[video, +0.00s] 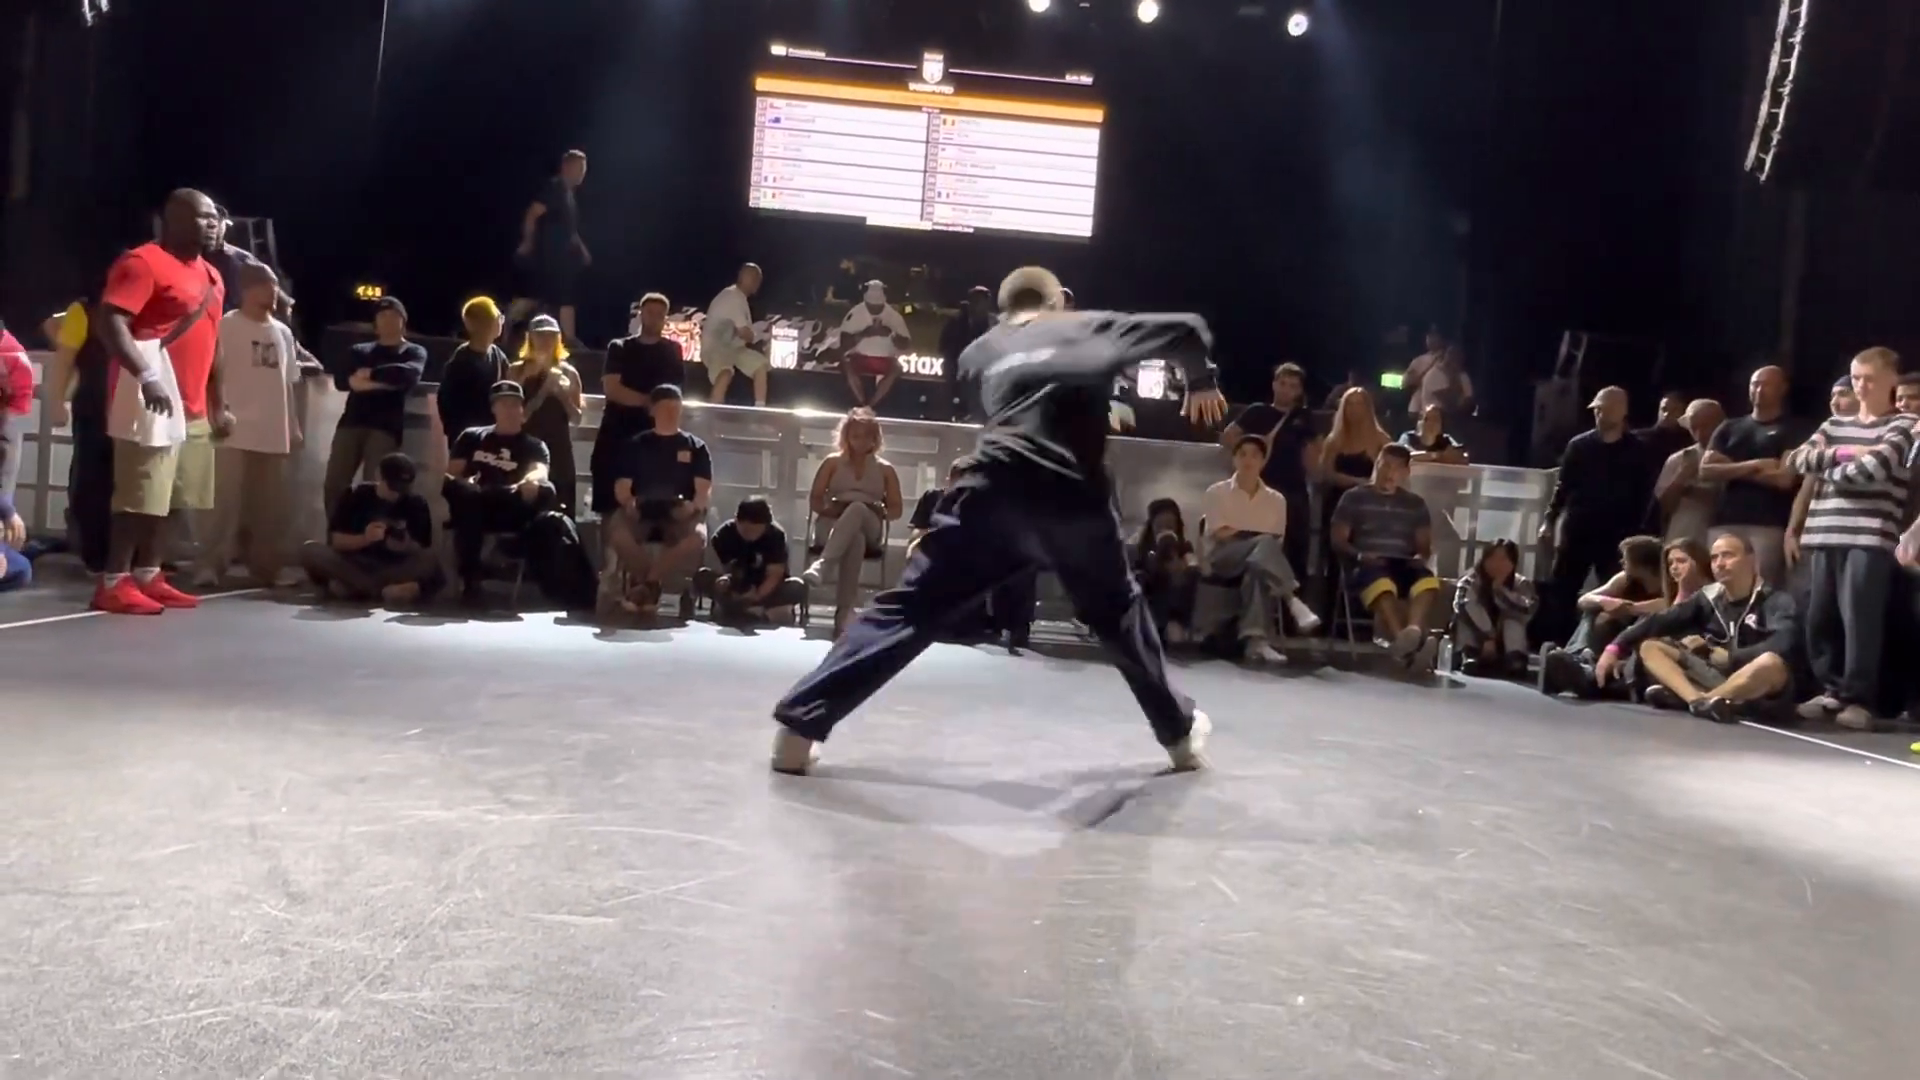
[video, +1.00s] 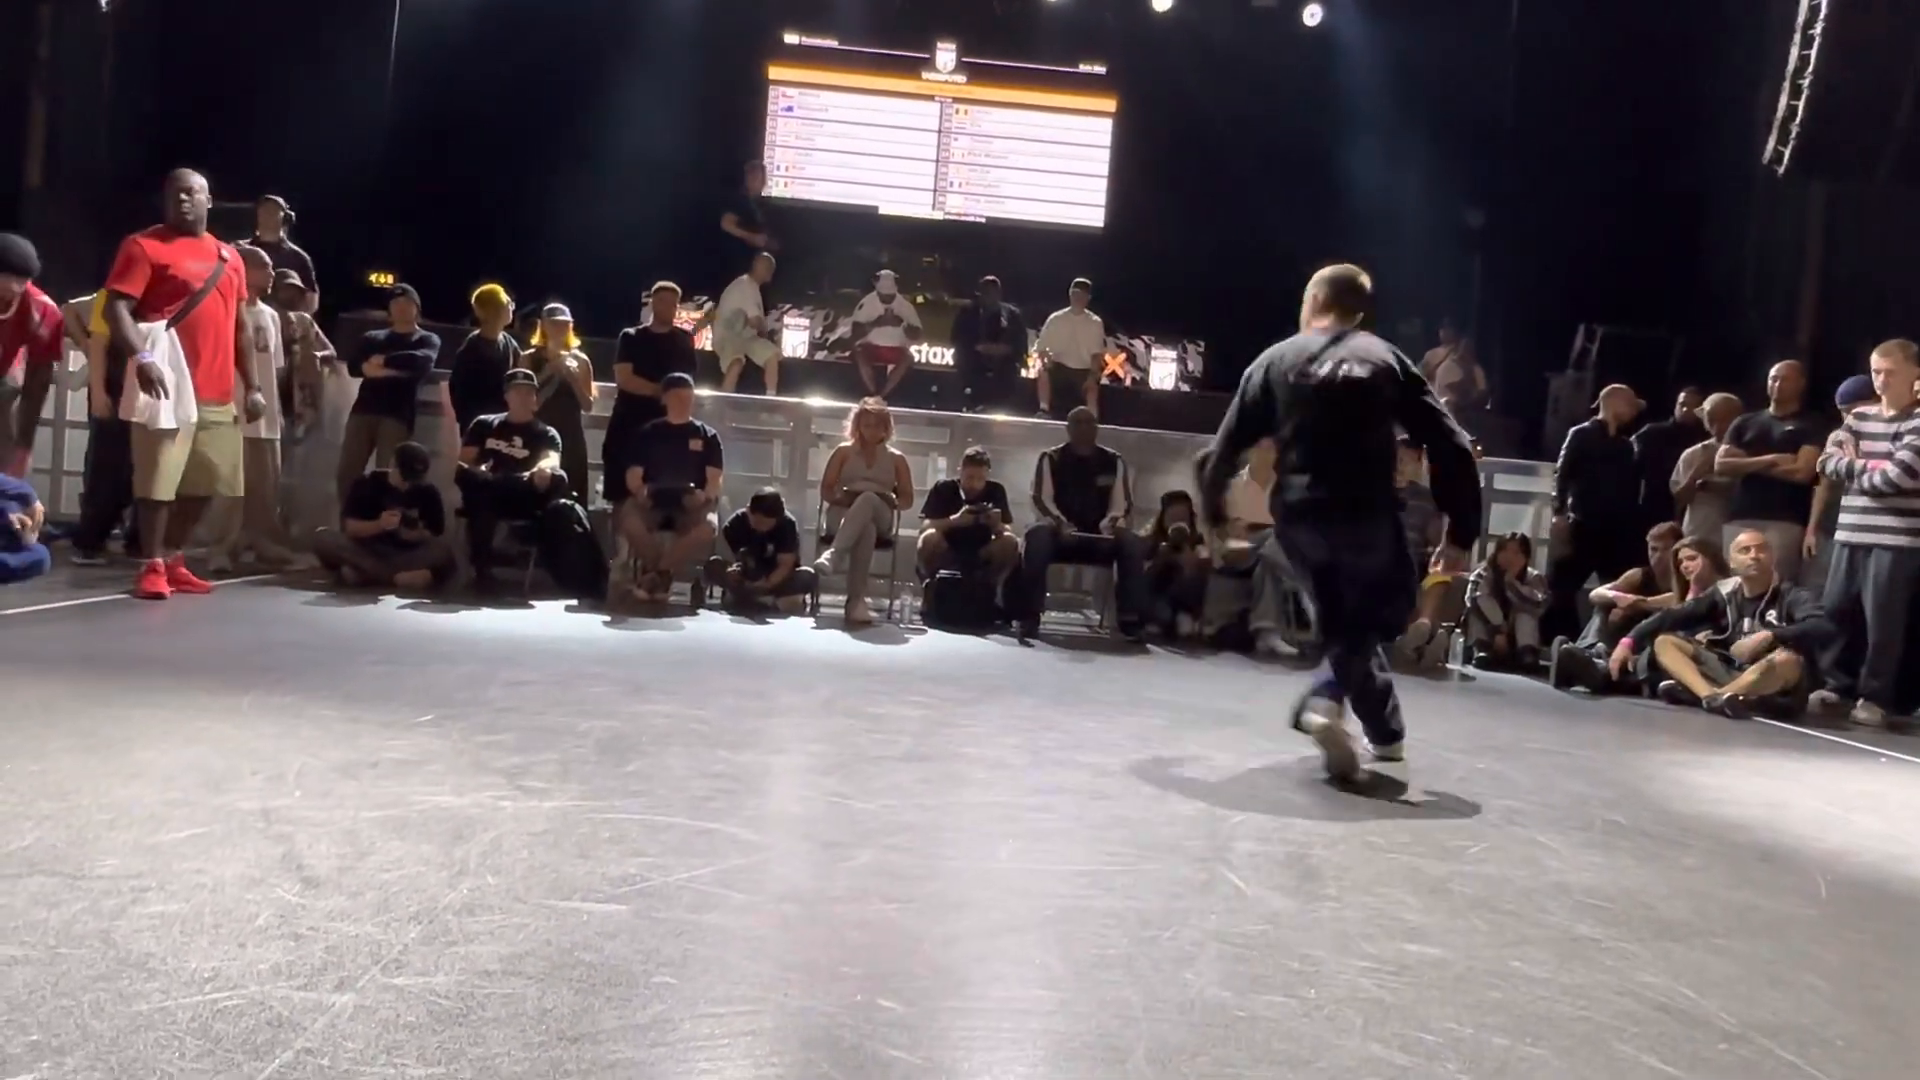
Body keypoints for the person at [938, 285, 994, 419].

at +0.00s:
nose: (979, 307)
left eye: (983, 302)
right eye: (975, 302)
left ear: (988, 304)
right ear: (970, 303)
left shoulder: (992, 322)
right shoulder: (958, 321)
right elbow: (946, 345)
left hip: (981, 364)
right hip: (956, 362)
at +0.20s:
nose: (983, 304)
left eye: (986, 299)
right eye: (979, 299)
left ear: (992, 301)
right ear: (972, 300)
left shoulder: (1002, 321)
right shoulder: (960, 320)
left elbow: (1011, 352)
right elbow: (950, 347)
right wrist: (969, 355)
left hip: (994, 388)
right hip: (966, 386)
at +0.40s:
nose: (987, 302)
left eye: (991, 297)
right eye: (983, 296)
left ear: (997, 299)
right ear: (976, 298)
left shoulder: (1006, 320)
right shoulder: (963, 318)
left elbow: (1012, 351)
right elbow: (952, 346)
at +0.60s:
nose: (990, 301)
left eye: (994, 296)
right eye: (987, 296)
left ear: (999, 298)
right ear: (980, 297)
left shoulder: (1009, 318)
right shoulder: (965, 317)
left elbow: (1015, 351)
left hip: (1000, 384)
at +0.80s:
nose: (991, 298)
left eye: (995, 294)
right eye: (987, 293)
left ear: (1000, 296)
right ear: (980, 294)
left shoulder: (1010, 316)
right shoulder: (966, 314)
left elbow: (1018, 348)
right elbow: (956, 341)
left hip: (1001, 383)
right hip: (972, 382)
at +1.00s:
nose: (990, 298)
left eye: (993, 293)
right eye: (986, 293)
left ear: (999, 294)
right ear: (979, 294)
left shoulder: (1012, 314)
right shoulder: (968, 312)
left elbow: (1020, 347)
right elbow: (957, 339)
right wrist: (978, 348)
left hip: (1003, 381)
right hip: (974, 379)